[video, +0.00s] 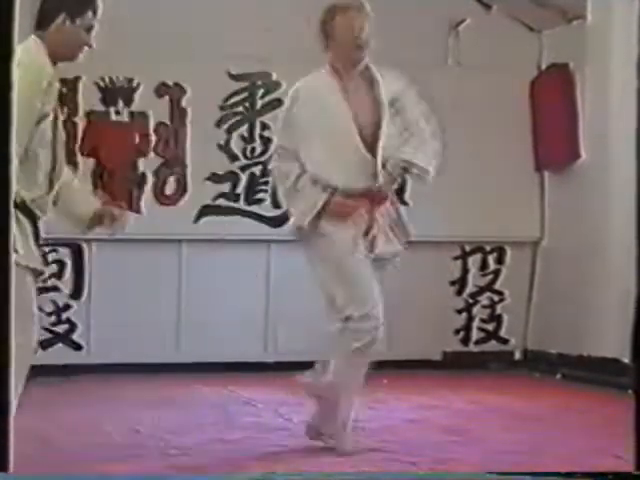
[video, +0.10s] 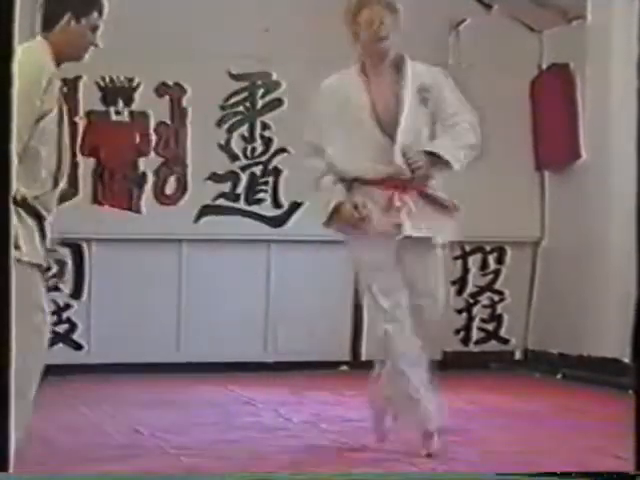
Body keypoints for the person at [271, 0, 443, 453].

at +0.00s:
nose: (362, 46)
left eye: (365, 38)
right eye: (352, 38)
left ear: (371, 37)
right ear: (328, 37)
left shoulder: (391, 86)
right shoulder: (305, 94)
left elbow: (423, 136)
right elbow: (284, 166)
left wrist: (398, 181)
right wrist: (327, 203)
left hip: (378, 219)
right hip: (329, 221)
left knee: (363, 323)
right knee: (365, 319)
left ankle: (330, 418)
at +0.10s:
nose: (377, 30)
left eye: (384, 20)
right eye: (367, 22)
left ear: (396, 25)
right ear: (353, 29)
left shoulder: (429, 80)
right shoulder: (334, 90)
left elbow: (466, 129)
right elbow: (312, 158)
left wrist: (434, 159)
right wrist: (336, 203)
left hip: (424, 212)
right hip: (368, 214)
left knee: (432, 313)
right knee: (392, 314)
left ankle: (385, 391)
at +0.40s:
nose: (426, 44)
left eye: (434, 36)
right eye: (424, 37)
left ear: (461, 38)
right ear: (426, 44)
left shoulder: (488, 82)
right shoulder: (421, 96)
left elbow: (521, 141)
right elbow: (415, 163)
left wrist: (473, 190)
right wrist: (424, 204)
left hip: (503, 228)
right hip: (459, 230)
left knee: (518, 327)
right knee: (449, 332)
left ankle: (569, 418)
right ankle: (450, 435)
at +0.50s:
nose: (458, 58)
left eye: (466, 49)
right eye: (456, 49)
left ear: (492, 49)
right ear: (464, 54)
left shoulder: (515, 94)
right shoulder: (475, 102)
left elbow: (538, 155)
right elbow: (476, 181)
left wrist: (492, 206)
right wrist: (457, 230)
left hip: (537, 237)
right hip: (495, 238)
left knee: (546, 339)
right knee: (475, 333)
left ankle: (567, 438)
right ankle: (488, 422)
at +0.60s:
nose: (482, 58)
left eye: (492, 49)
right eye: (483, 49)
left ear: (516, 55)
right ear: (494, 55)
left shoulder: (530, 100)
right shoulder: (492, 105)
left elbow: (539, 175)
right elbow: (491, 189)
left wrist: (492, 212)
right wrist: (470, 241)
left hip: (551, 234)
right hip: (521, 237)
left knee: (549, 342)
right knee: (513, 344)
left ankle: (565, 445)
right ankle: (554, 434)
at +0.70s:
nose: (515, 51)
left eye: (525, 45)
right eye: (516, 43)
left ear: (548, 53)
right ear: (524, 51)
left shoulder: (552, 97)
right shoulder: (524, 96)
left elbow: (508, 154)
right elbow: (502, 163)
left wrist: (464, 188)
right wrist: (466, 201)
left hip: (575, 230)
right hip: (553, 231)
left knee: (556, 341)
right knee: (557, 338)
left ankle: (565, 448)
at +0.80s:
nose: (530, 55)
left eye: (538, 47)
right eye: (531, 46)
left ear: (563, 50)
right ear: (565, 51)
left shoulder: (563, 93)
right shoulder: (570, 90)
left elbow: (501, 128)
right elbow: (509, 144)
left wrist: (448, 129)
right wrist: (453, 148)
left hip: (582, 228)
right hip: (594, 222)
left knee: (562, 339)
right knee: (617, 335)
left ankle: (569, 446)